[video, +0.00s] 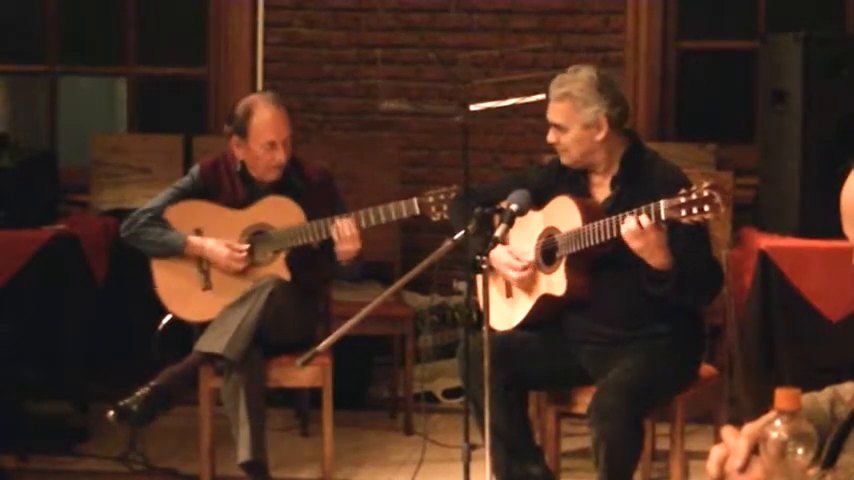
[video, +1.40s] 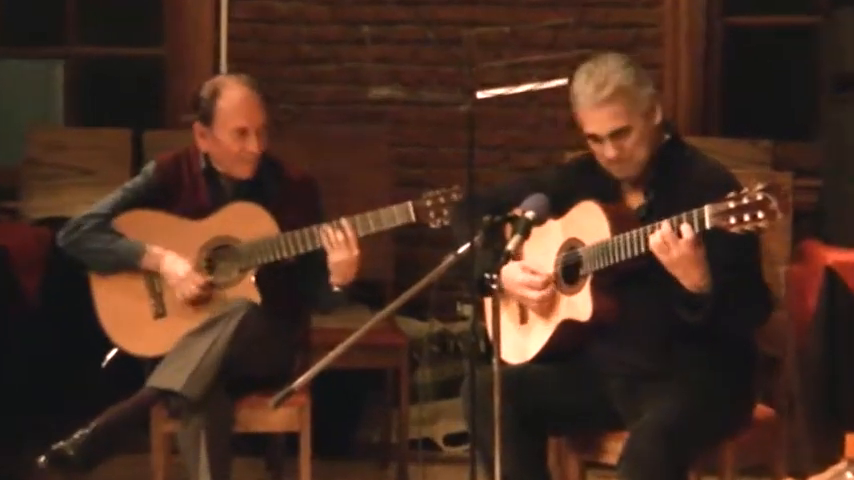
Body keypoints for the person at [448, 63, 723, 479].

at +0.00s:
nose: (550, 139)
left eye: (559, 129)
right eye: (549, 127)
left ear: (599, 128)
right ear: (593, 129)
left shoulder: (666, 186)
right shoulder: (557, 178)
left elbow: (705, 285)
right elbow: (467, 204)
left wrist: (661, 261)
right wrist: (489, 249)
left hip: (654, 343)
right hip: (574, 336)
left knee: (613, 404)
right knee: (484, 355)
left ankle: (613, 474)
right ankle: (523, 471)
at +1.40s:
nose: (609, 152)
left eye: (620, 134)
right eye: (595, 139)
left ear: (654, 115)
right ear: (583, 133)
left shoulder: (708, 186)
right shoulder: (577, 181)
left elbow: (751, 312)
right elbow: (474, 211)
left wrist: (700, 284)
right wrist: (497, 271)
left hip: (692, 375)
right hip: (597, 367)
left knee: (651, 445)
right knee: (494, 390)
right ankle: (522, 474)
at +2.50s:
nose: (656, 158)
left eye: (670, 136)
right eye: (637, 143)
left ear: (704, 113)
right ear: (618, 131)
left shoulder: (761, 198)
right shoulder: (604, 181)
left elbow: (805, 348)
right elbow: (479, 211)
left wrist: (745, 329)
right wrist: (508, 286)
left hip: (736, 406)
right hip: (622, 397)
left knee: (712, 460)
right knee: (499, 428)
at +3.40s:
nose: (663, 144)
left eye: (677, 120)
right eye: (643, 127)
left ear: (714, 101)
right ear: (624, 123)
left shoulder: (775, 195)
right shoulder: (612, 181)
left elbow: (830, 348)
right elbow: (482, 212)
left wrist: (774, 324)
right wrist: (516, 289)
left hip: (744, 421)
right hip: (625, 410)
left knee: (722, 467)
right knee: (501, 436)